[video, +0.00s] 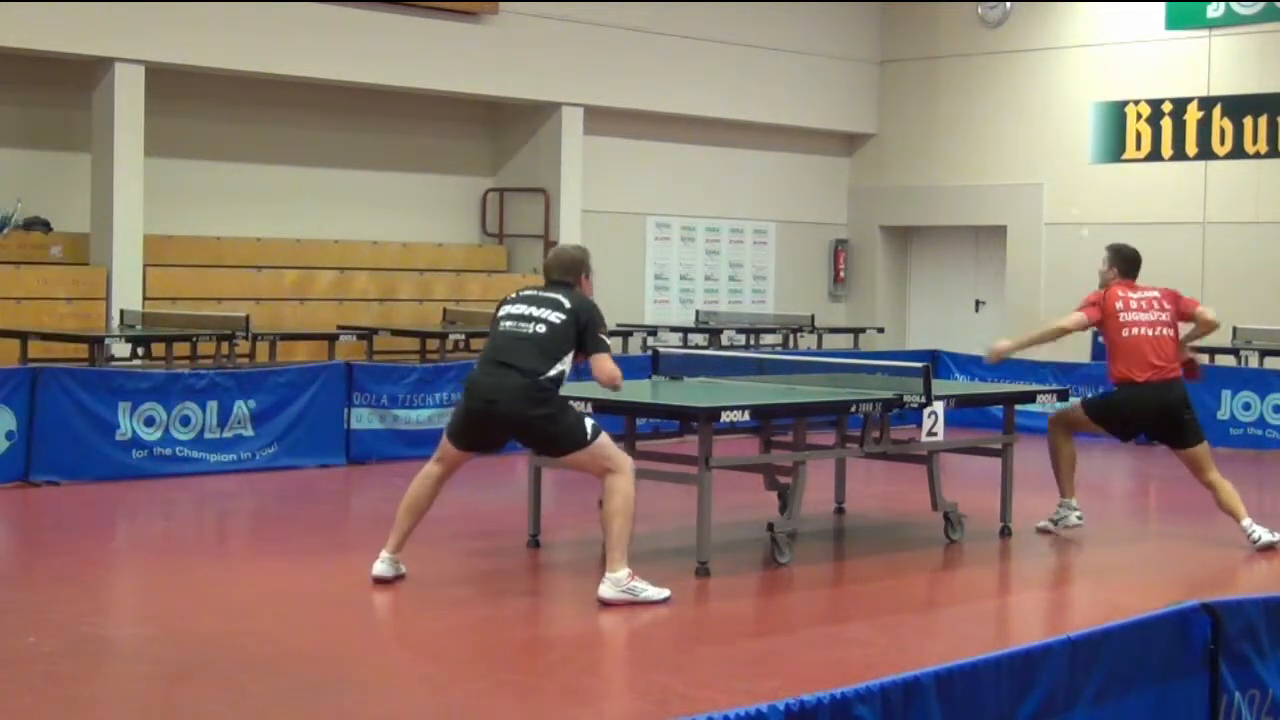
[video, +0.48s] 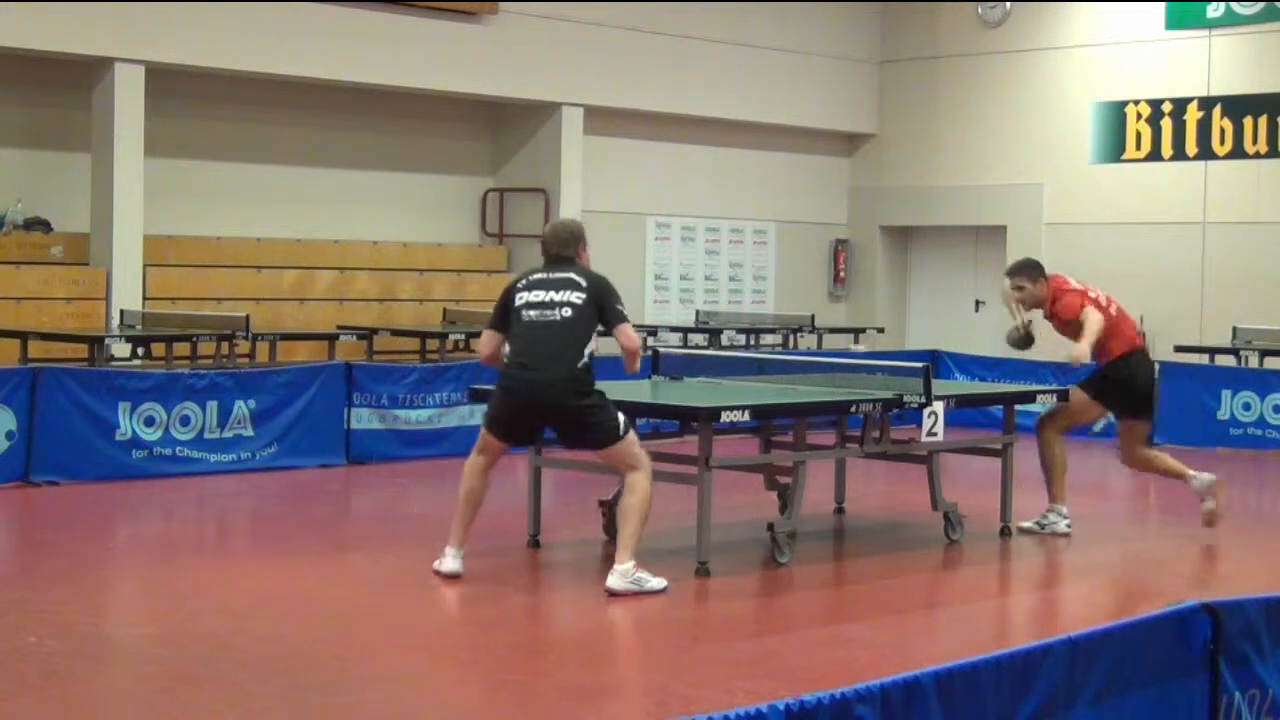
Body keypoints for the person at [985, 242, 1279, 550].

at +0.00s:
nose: (1099, 273)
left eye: (1102, 268)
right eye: (1100, 268)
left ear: (1112, 270)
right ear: (1135, 272)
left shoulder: (1106, 297)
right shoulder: (1165, 296)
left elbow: (1065, 327)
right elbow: (1210, 320)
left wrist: (1011, 346)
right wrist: (1182, 342)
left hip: (1131, 399)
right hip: (1174, 398)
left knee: (1060, 423)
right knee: (1211, 475)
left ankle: (1067, 508)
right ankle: (1251, 528)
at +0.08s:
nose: (1094, 277)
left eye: (1097, 272)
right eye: (1096, 271)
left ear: (1107, 275)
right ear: (1129, 277)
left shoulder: (1102, 301)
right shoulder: (1162, 295)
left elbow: (1079, 329)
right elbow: (1212, 306)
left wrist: (1027, 355)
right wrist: (1196, 323)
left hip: (1129, 401)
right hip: (1173, 400)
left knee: (1056, 417)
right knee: (1209, 477)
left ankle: (1064, 500)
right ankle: (1250, 528)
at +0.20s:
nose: (1069, 299)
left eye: (1070, 293)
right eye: (1069, 293)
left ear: (1082, 290)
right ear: (1099, 288)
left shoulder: (1090, 309)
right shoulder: (1138, 295)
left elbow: (1078, 331)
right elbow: (1177, 281)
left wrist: (1034, 356)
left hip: (1124, 409)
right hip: (1164, 406)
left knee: (1048, 429)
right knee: (1199, 484)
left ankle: (1056, 514)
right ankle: (1250, 530)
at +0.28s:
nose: (1040, 309)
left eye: (1040, 302)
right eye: (1038, 302)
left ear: (1056, 296)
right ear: (1067, 293)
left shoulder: (1079, 310)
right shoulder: (1106, 292)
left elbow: (1079, 328)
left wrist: (1042, 349)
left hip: (1120, 399)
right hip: (1156, 397)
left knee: (1044, 430)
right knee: (1184, 482)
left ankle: (1056, 514)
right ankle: (1245, 527)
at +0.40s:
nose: (1022, 306)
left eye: (1025, 299)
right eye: (1020, 299)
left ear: (1045, 291)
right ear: (1045, 287)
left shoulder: (1068, 303)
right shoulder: (1062, 284)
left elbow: (1083, 317)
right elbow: (1048, 305)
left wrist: (1060, 339)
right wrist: (1035, 329)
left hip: (1119, 380)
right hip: (1147, 378)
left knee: (1043, 429)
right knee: (1159, 467)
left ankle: (1056, 513)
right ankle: (1222, 497)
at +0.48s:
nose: (1018, 297)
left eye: (1021, 289)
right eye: (1015, 290)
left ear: (1039, 283)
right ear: (1040, 282)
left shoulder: (1062, 299)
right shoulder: (1052, 286)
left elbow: (1094, 317)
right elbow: (1013, 295)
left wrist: (1083, 345)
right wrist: (1021, 322)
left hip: (1120, 370)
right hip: (1140, 367)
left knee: (1049, 426)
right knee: (1134, 454)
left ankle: (1057, 514)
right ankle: (1198, 481)